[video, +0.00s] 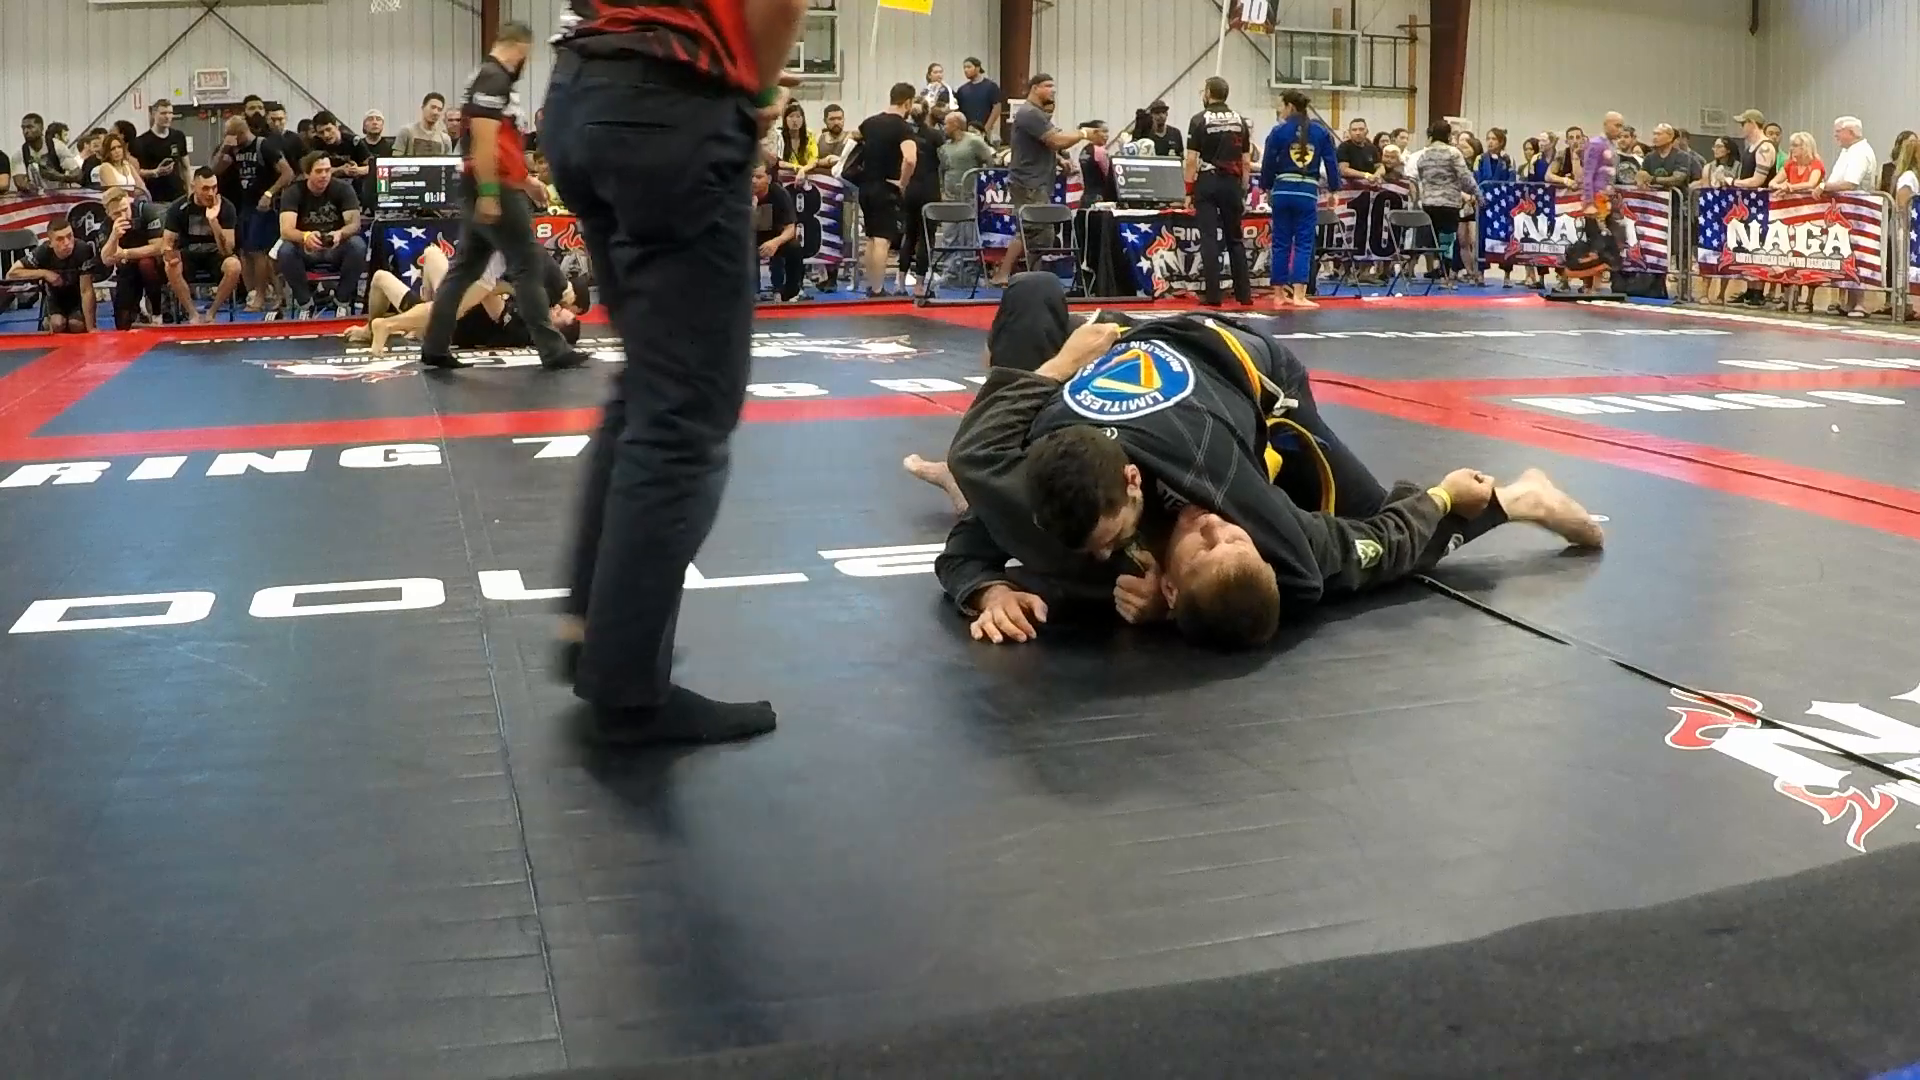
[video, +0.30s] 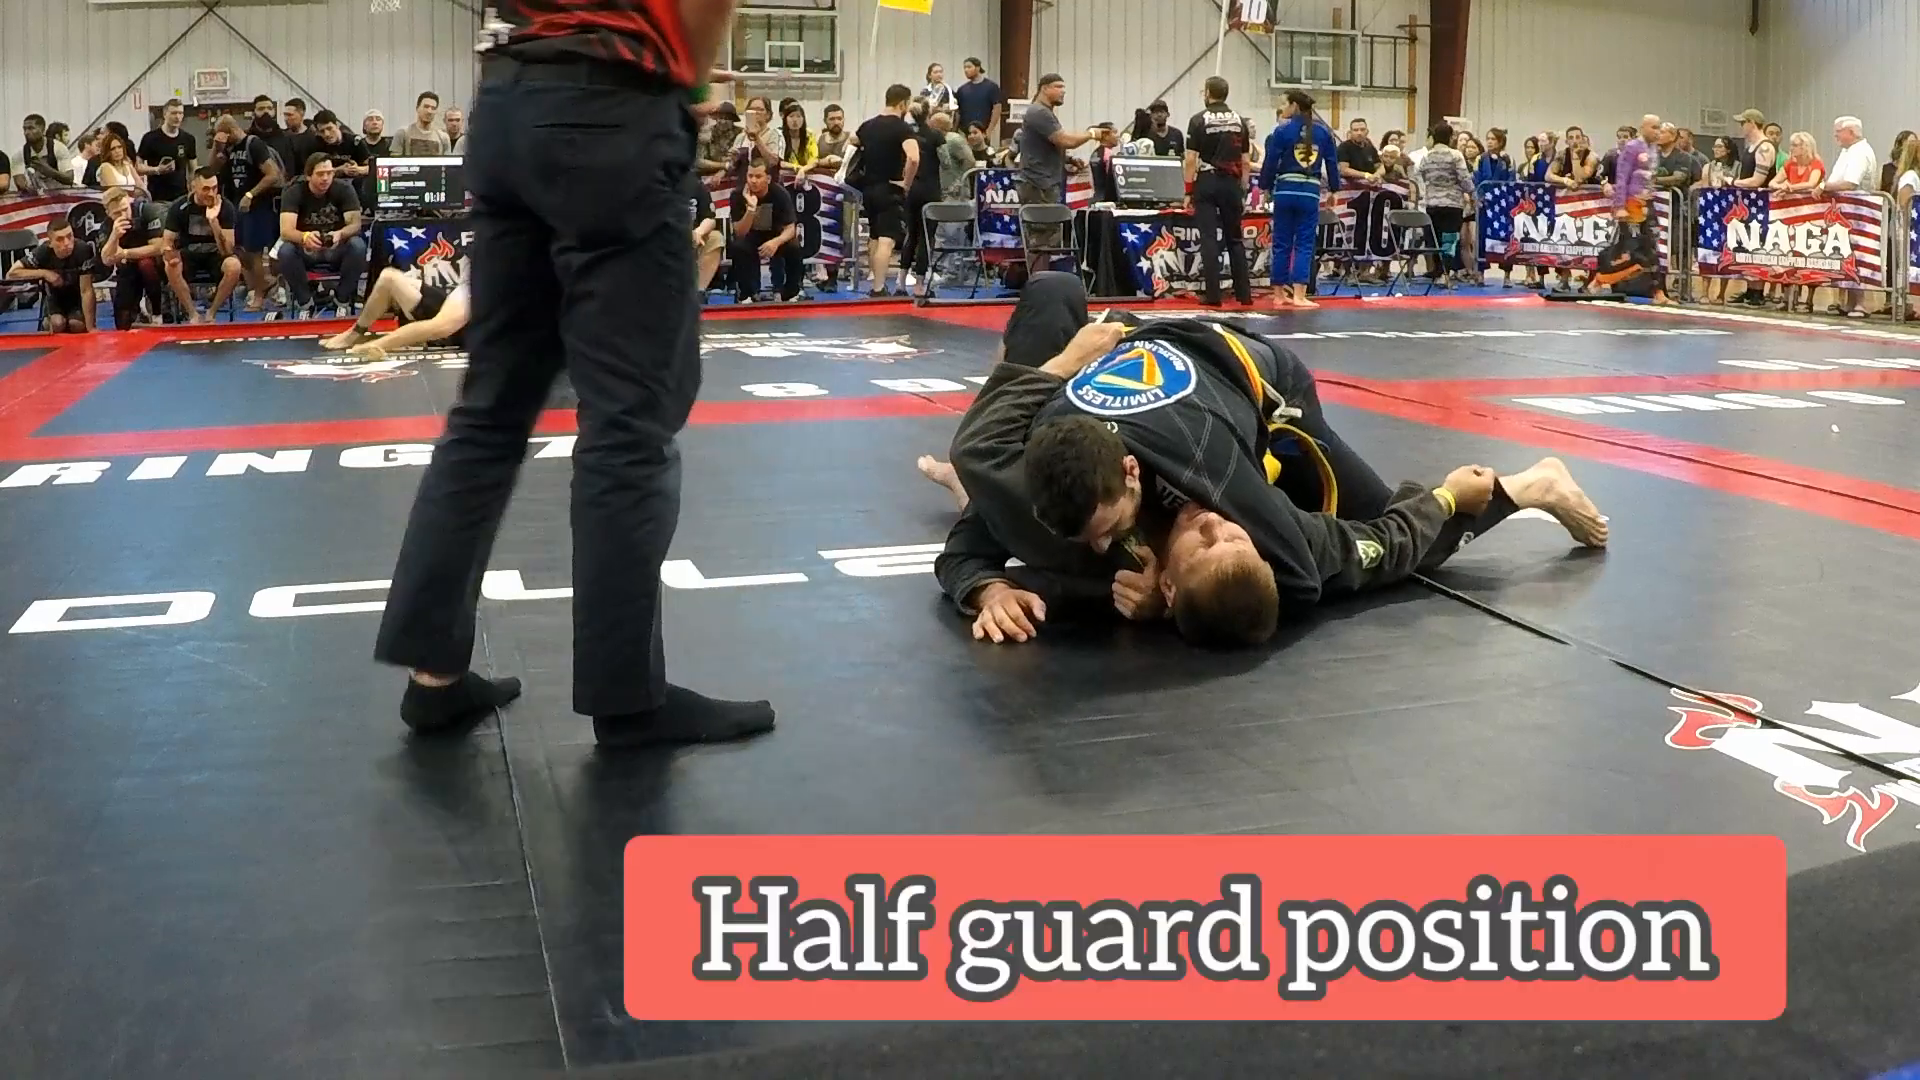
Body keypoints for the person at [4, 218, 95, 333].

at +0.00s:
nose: (67, 243)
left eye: (69, 237)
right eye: (60, 239)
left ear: (73, 235)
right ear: (50, 241)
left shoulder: (83, 249)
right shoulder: (44, 251)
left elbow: (86, 290)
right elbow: (12, 273)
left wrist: (91, 328)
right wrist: (44, 273)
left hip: (77, 292)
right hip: (55, 293)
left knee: (76, 325)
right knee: (58, 324)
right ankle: (47, 323)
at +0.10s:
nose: (67, 243)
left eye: (69, 237)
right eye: (60, 239)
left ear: (73, 235)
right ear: (50, 241)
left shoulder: (83, 250)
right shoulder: (43, 252)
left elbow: (86, 290)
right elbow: (12, 273)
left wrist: (91, 327)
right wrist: (44, 273)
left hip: (77, 293)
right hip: (55, 294)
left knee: (76, 324)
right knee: (58, 323)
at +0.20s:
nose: (67, 243)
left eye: (69, 237)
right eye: (60, 239)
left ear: (73, 235)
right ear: (50, 240)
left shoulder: (83, 250)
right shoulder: (43, 251)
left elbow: (86, 290)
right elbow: (12, 273)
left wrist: (91, 327)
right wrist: (44, 273)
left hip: (77, 292)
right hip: (55, 293)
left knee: (76, 324)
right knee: (58, 323)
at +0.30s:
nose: (67, 243)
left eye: (69, 237)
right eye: (60, 239)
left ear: (73, 235)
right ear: (50, 241)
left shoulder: (83, 249)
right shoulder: (43, 251)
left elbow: (86, 290)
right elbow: (12, 273)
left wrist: (91, 328)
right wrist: (44, 273)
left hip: (77, 292)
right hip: (55, 293)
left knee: (77, 325)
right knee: (58, 323)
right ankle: (46, 324)